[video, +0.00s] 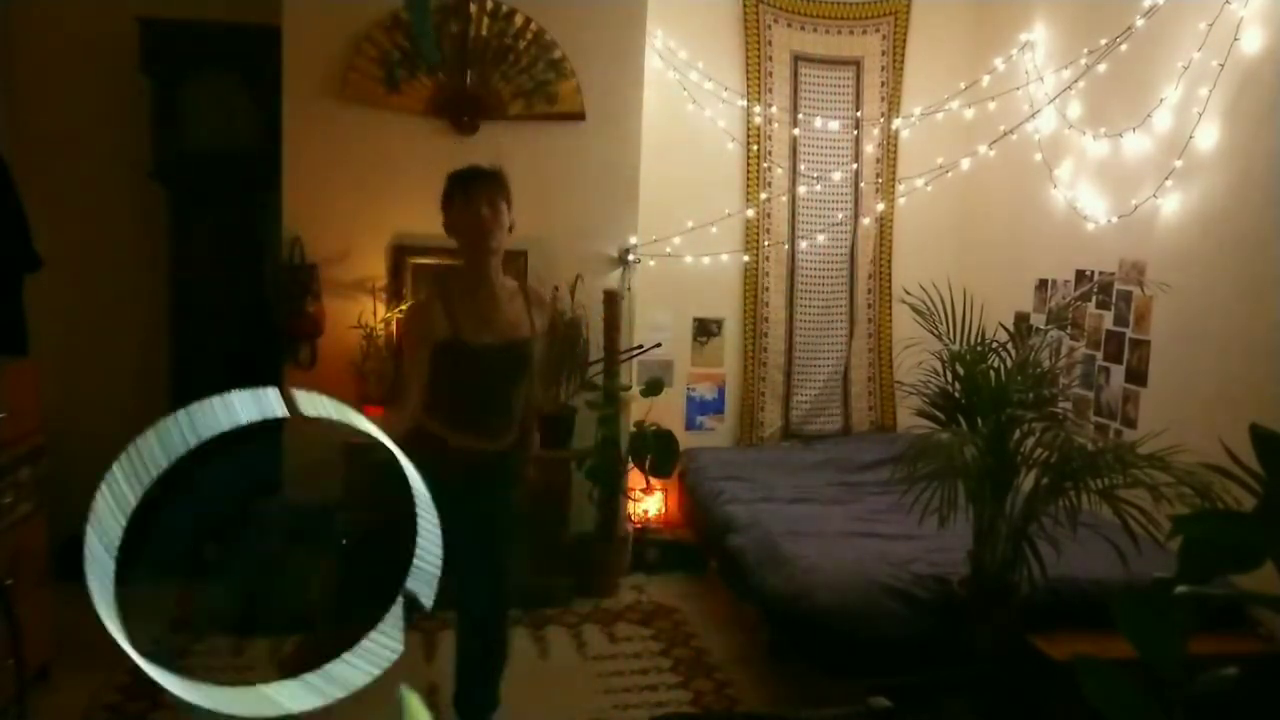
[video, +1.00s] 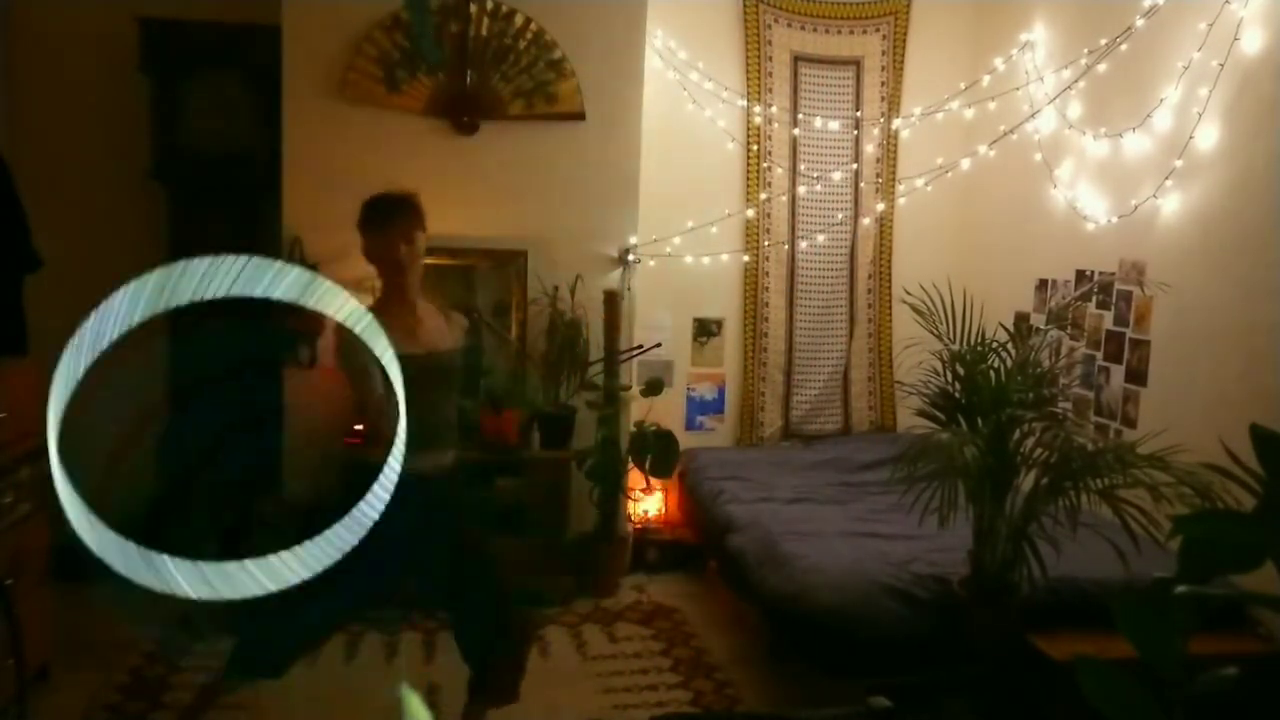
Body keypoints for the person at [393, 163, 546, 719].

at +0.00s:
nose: (488, 217)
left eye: (497, 205)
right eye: (473, 207)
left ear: (512, 219)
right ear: (449, 222)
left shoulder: (530, 303)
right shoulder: (433, 301)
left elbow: (529, 392)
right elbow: (408, 400)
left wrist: (530, 451)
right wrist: (370, 445)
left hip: (501, 471)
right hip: (440, 467)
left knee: (491, 604)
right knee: (427, 599)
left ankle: (477, 708)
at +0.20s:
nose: (443, 240)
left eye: (454, 228)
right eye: (432, 227)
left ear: (469, 240)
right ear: (411, 235)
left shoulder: (491, 325)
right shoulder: (388, 314)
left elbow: (499, 404)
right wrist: (284, 203)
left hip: (463, 488)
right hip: (395, 484)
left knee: (489, 629)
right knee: (334, 600)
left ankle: (480, 714)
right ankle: (247, 667)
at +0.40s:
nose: (396, 238)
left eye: (406, 228)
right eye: (387, 226)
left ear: (419, 239)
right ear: (366, 232)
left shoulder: (426, 319)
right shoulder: (342, 304)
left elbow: (425, 395)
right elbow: (355, 209)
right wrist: (366, 107)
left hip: (419, 486)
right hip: (355, 485)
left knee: (469, 600)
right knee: (295, 601)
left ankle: (470, 706)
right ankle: (223, 686)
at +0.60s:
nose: (366, 228)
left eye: (373, 217)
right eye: (353, 217)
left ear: (383, 223)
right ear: (325, 223)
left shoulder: (386, 304)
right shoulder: (304, 290)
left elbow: (411, 385)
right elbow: (392, 249)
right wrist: (455, 202)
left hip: (392, 469)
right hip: (323, 471)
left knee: (439, 590)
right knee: (275, 597)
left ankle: (457, 704)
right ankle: (199, 699)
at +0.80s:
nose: (361, 237)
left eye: (371, 224)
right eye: (347, 224)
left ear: (384, 232)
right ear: (323, 230)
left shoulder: (393, 315)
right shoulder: (300, 303)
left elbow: (408, 399)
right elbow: (341, 377)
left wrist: (418, 364)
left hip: (389, 475)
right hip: (320, 476)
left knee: (446, 611)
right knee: (266, 604)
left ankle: (461, 708)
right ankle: (198, 702)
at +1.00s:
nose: (406, 248)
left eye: (413, 235)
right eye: (391, 236)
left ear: (425, 240)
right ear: (369, 246)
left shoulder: (459, 328)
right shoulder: (359, 333)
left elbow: (480, 408)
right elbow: (356, 425)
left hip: (453, 488)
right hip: (385, 492)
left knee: (501, 640)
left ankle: (472, 710)